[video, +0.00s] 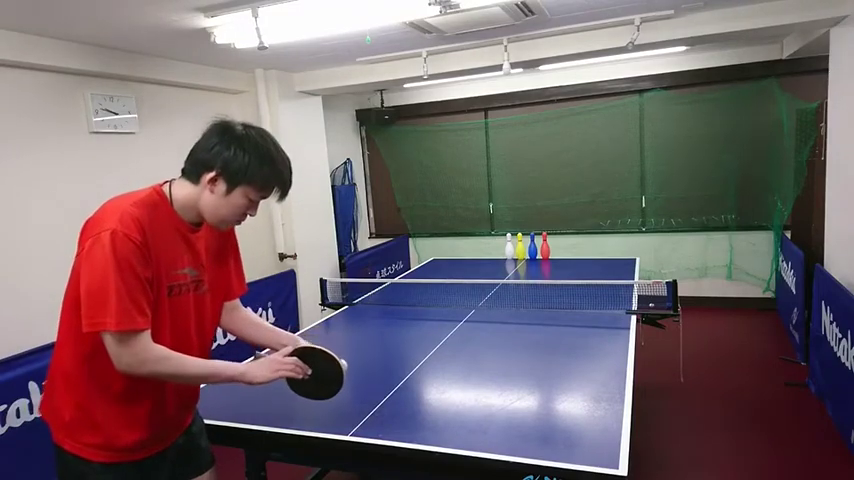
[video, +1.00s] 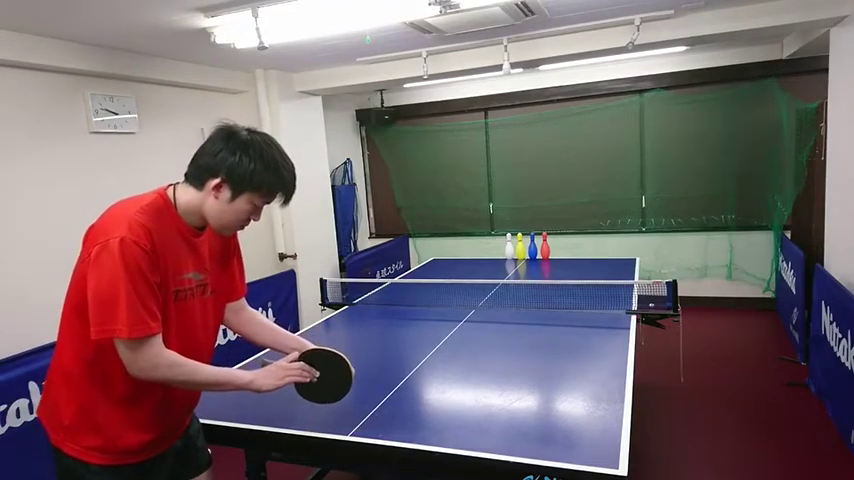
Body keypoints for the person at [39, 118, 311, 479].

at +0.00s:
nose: (252, 214)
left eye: (257, 204)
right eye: (250, 200)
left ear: (212, 182)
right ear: (213, 181)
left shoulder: (215, 225)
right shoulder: (119, 232)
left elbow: (229, 311)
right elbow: (131, 354)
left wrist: (294, 344)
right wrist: (242, 371)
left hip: (175, 423)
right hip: (104, 445)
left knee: (201, 473)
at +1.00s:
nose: (255, 219)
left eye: (261, 208)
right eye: (254, 205)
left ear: (218, 190)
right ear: (218, 188)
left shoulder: (217, 228)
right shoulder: (125, 238)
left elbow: (236, 311)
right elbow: (144, 360)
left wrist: (304, 348)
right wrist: (253, 379)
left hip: (172, 425)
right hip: (104, 445)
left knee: (194, 470)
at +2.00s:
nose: (242, 217)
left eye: (247, 206)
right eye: (239, 204)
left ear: (200, 191)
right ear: (198, 188)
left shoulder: (212, 230)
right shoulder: (96, 239)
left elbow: (234, 312)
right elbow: (77, 364)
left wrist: (306, 350)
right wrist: (187, 409)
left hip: (169, 436)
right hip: (94, 455)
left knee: (199, 470)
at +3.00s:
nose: (301, 210)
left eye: (305, 201)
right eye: (303, 200)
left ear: (245, 178)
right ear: (284, 199)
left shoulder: (209, 207)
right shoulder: (234, 259)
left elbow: (232, 303)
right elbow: (276, 328)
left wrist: (278, 278)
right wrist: (328, 319)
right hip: (139, 424)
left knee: (199, 469)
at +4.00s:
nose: (154, 162)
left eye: (155, 151)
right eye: (152, 150)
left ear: (83, 149)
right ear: (128, 153)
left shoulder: (71, 206)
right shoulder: (79, 223)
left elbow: (70, 305)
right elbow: (84, 359)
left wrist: (141, 320)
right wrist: (185, 380)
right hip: (74, 453)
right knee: (151, 472)